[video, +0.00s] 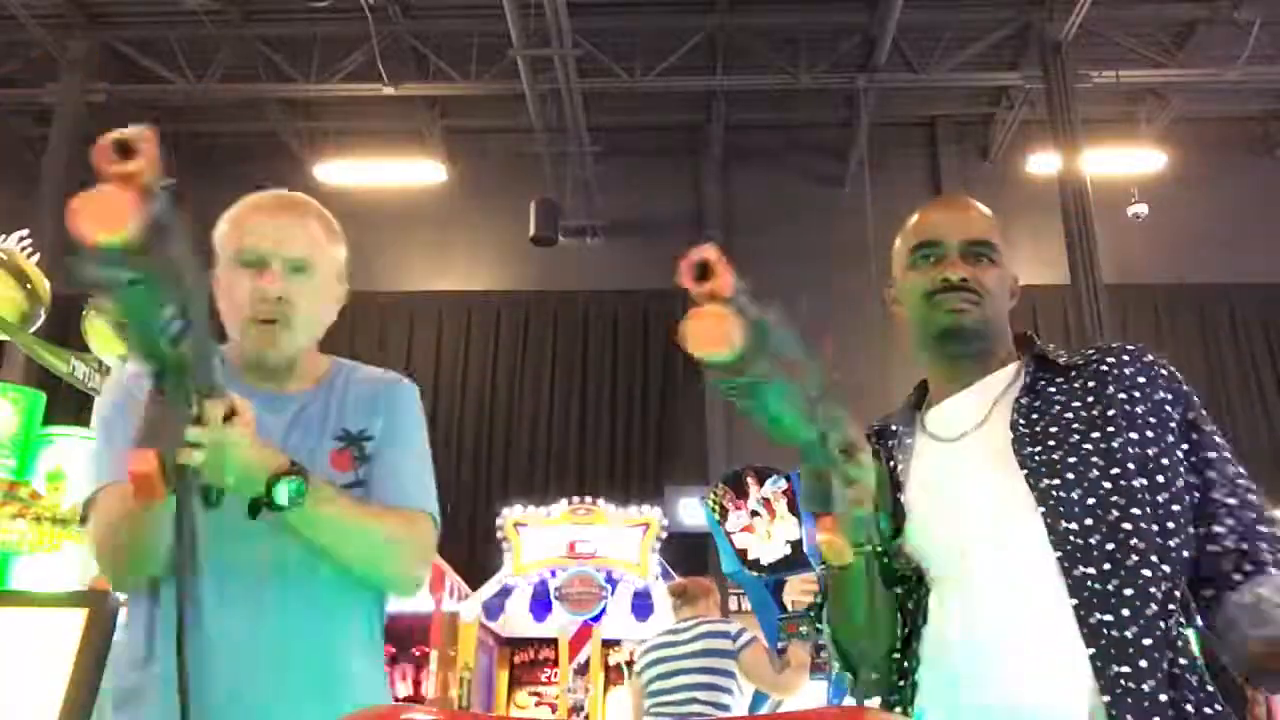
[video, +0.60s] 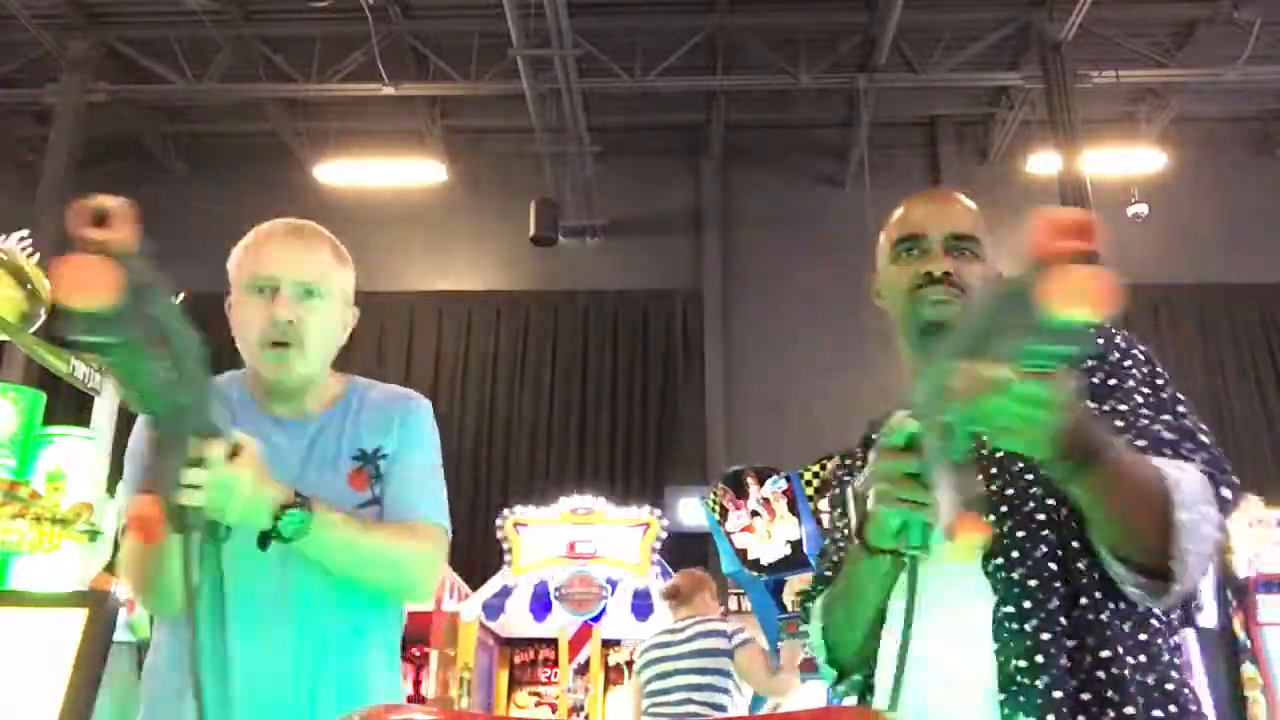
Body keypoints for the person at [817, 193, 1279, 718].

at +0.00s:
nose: (954, 269)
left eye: (979, 256)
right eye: (926, 257)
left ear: (1013, 287)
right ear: (893, 297)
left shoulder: (1131, 387)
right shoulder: (878, 456)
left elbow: (1245, 570)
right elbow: (870, 669)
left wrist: (1260, 666)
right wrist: (847, 531)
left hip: (1143, 706)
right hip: (954, 709)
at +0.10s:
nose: (952, 279)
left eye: (974, 260)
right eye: (928, 263)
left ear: (1008, 281)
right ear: (898, 291)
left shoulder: (1112, 375)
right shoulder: (888, 447)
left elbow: (1241, 526)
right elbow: (868, 661)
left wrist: (1225, 595)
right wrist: (885, 548)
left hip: (1109, 703)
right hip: (945, 706)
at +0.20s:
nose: (950, 267)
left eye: (975, 250)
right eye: (922, 256)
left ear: (1013, 282)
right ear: (896, 298)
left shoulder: (1125, 395)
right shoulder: (870, 475)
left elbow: (1263, 560)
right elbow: (863, 660)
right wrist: (921, 556)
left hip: (1132, 704)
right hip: (950, 709)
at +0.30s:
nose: (963, 266)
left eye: (986, 246)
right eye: (935, 249)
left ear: (1023, 266)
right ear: (903, 288)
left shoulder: (1109, 358)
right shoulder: (891, 459)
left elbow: (1208, 512)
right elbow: (874, 660)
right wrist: (903, 542)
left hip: (1134, 701)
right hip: (961, 706)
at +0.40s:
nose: (963, 260)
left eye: (989, 243)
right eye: (935, 244)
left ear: (1023, 277)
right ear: (903, 283)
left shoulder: (1114, 348)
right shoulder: (897, 409)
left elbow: (1138, 504)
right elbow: (881, 665)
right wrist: (879, 528)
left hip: (1115, 699)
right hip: (953, 704)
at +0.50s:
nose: (952, 262)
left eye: (977, 244)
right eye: (925, 247)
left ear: (1012, 274)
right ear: (897, 282)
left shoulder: (1102, 350)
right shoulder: (893, 419)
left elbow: (1134, 513)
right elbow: (871, 667)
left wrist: (967, 437)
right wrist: (868, 537)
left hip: (1107, 699)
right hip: (944, 705)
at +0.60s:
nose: (937, 265)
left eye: (961, 250)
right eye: (910, 250)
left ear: (995, 279)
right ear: (879, 288)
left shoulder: (1088, 364)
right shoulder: (886, 446)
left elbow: (1187, 548)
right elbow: (838, 656)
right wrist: (878, 542)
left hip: (1093, 706)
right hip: (918, 709)